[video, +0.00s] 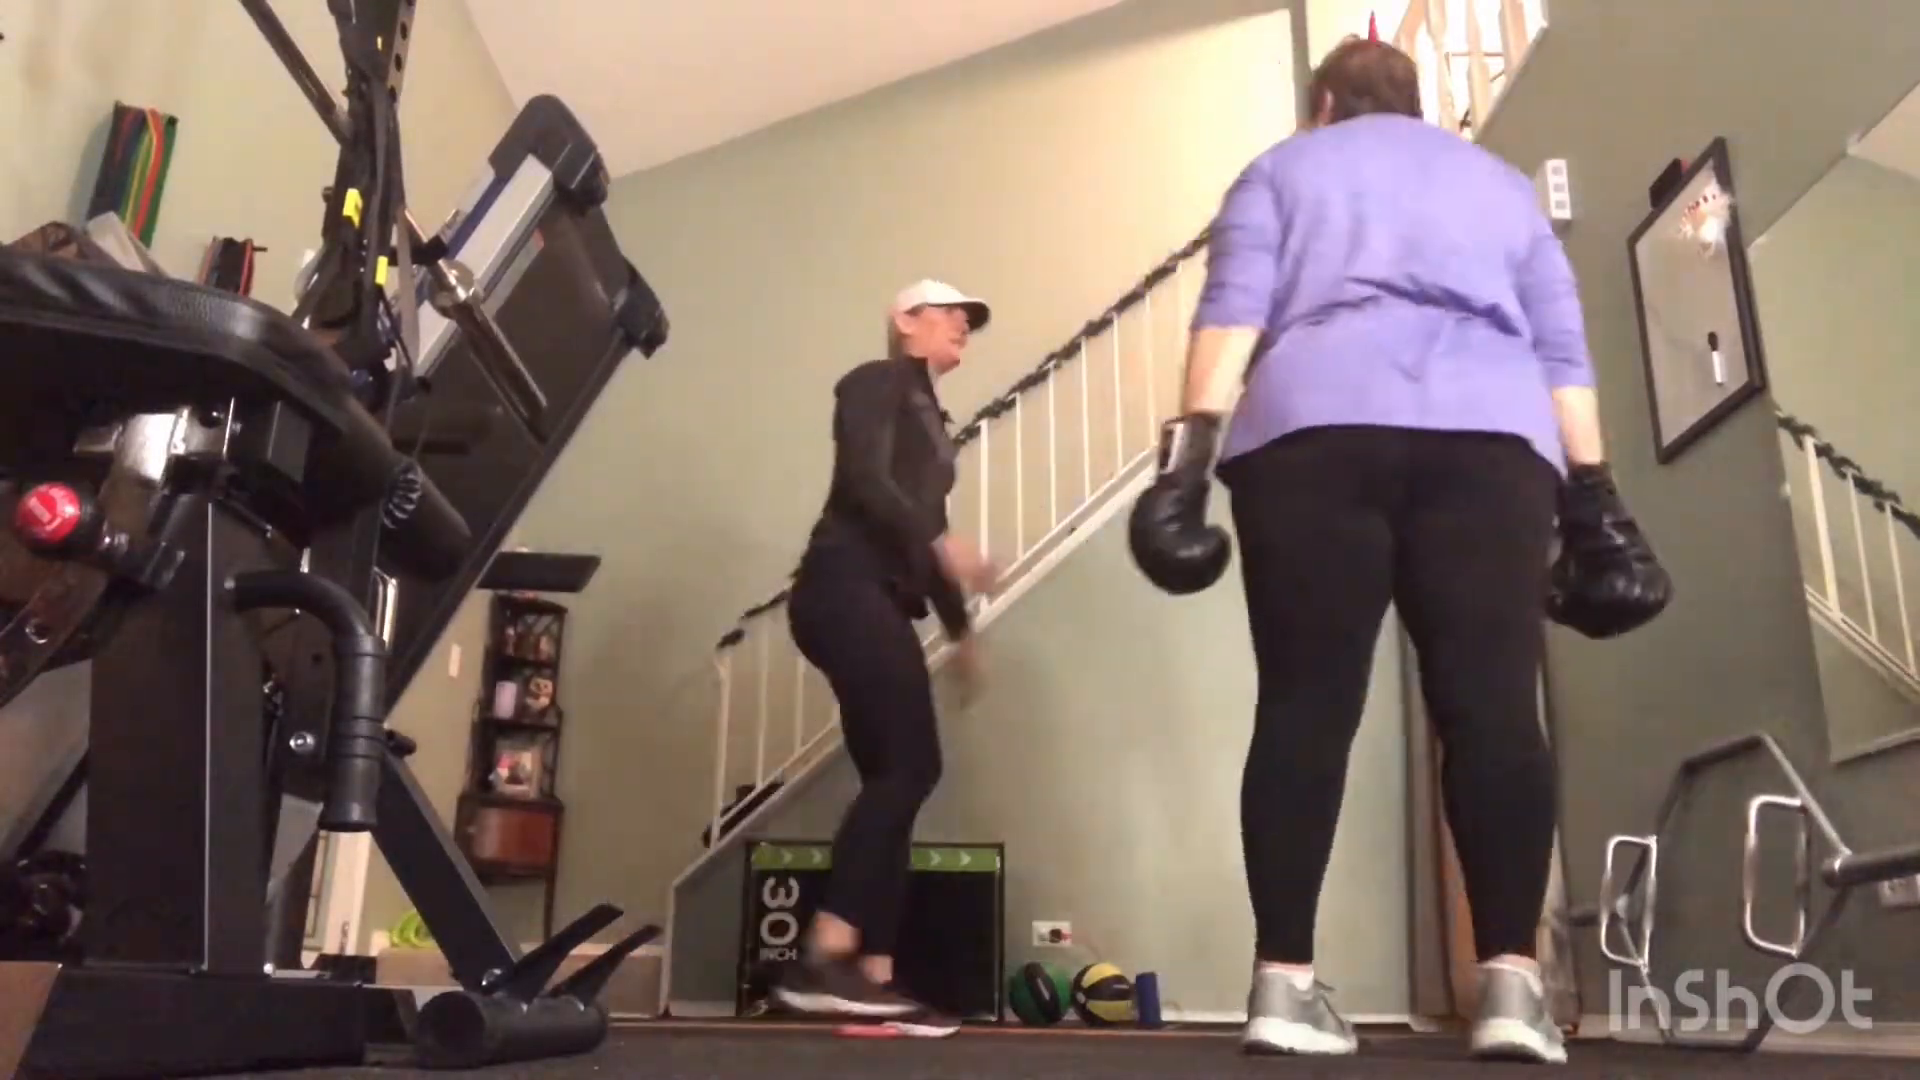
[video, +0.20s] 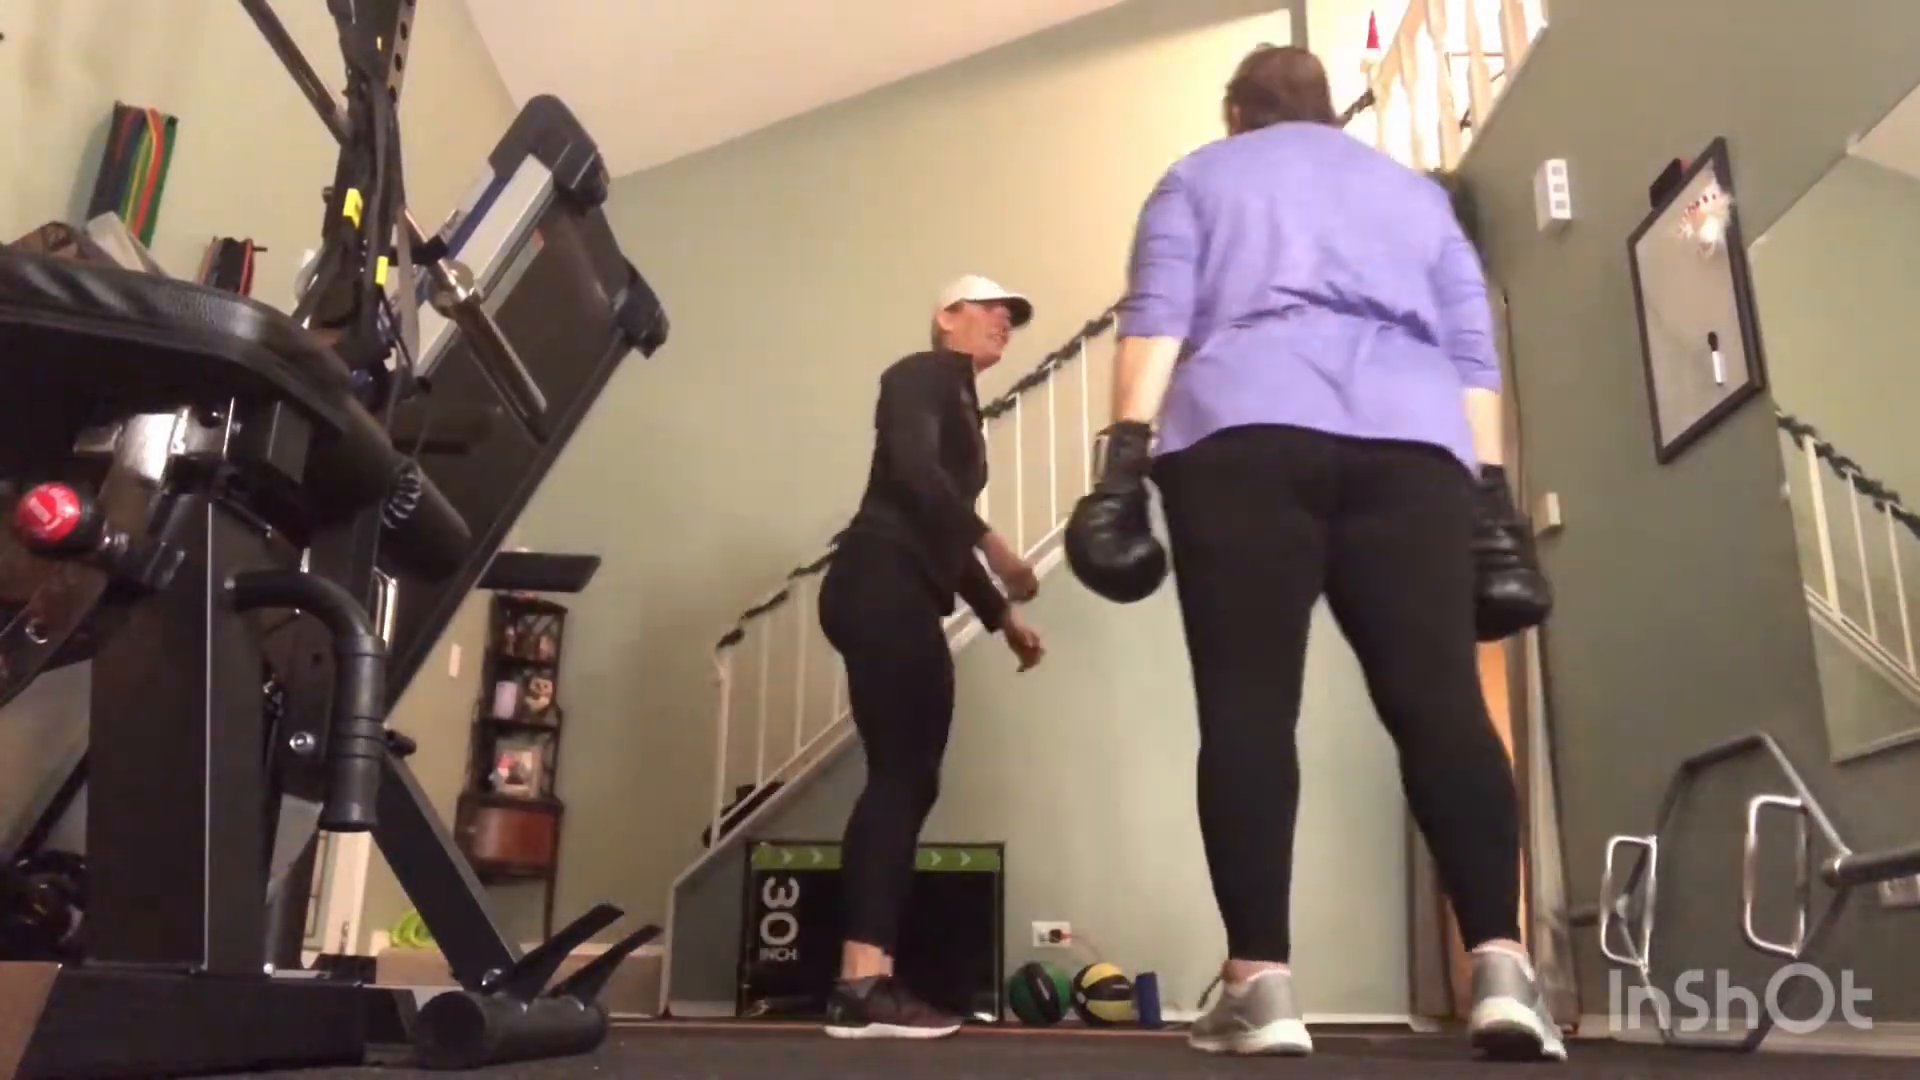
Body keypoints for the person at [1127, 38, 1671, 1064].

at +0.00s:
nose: (1305, 125)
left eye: (1307, 108)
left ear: (1320, 108)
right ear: (1423, 109)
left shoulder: (1282, 167)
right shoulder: (1506, 181)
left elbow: (1233, 301)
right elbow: (1561, 345)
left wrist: (1186, 460)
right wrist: (1594, 499)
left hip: (1313, 438)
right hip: (1489, 446)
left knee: (1304, 711)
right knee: (1495, 712)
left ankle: (1285, 980)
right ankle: (1510, 981)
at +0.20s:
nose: (1227, 131)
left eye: (1227, 114)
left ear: (1235, 116)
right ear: (1336, 112)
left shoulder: (1200, 174)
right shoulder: (1421, 191)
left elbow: (1154, 313)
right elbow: (1473, 349)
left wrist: (1120, 465)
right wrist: (1493, 504)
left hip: (1242, 441)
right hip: (1412, 450)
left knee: (1247, 716)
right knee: (1442, 708)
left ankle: (1260, 982)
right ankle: (1499, 966)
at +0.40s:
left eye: (1173, 120)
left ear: (1180, 126)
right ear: (1281, 120)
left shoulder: (1139, 192)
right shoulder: (1360, 193)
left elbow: (1100, 343)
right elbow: (1415, 349)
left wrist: (1073, 489)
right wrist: (1439, 503)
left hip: (1191, 442)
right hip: (1356, 453)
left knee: (1220, 718)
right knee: (1374, 722)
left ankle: (1256, 984)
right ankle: (1407, 985)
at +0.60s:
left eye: (1188, 106)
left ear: (1189, 115)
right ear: (1289, 108)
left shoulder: (1143, 182)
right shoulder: (1370, 182)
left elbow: (1103, 334)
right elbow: (1425, 338)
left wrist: (1069, 488)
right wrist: (1450, 499)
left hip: (1191, 438)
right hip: (1358, 448)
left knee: (1221, 715)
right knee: (1377, 720)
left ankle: (1257, 986)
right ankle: (1408, 983)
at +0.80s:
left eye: (1178, 93)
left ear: (1177, 101)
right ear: (1277, 86)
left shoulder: (1121, 168)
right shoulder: (1357, 142)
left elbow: (1081, 328)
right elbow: (1424, 292)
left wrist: (1055, 489)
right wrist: (1465, 460)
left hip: (1174, 426)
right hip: (1356, 424)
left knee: (1216, 712)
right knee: (1378, 683)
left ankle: (1251, 979)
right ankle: (1362, 920)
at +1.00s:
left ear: (1223, 87)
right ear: (1327, 73)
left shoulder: (1153, 152)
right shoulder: (1394, 118)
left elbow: (1102, 323)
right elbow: (1461, 265)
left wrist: (1083, 475)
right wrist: (1525, 433)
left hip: (1175, 409)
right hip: (1359, 393)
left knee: (1227, 700)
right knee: (1353, 673)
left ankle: (1269, 982)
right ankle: (1316, 966)